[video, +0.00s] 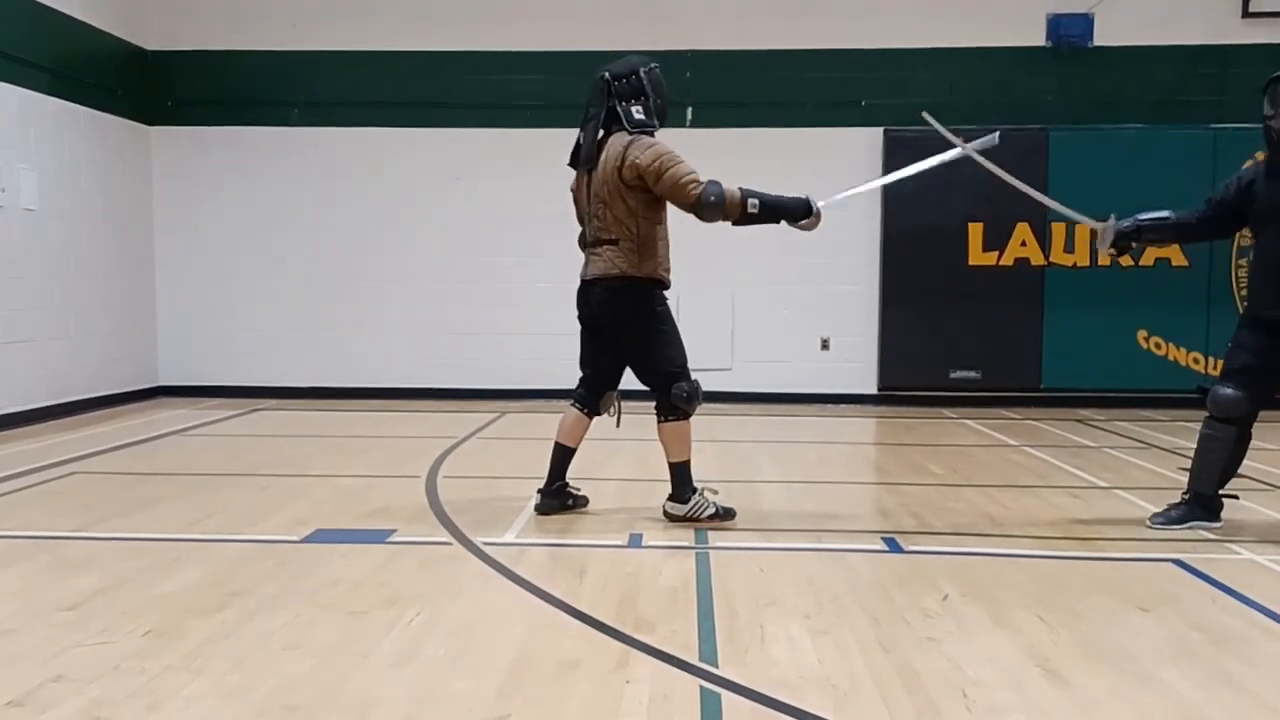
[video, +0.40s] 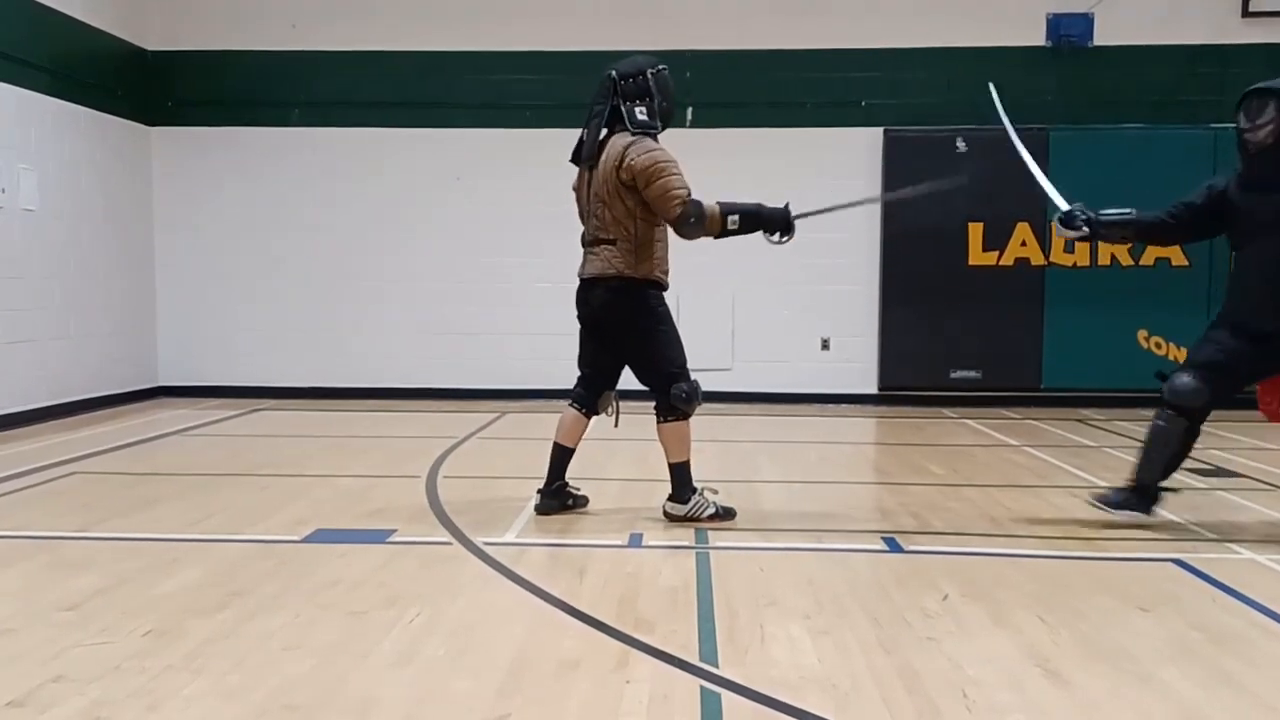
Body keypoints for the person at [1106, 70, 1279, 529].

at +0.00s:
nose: (1274, 124)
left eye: (1277, 116)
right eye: (1272, 115)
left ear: (1277, 123)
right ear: (1266, 121)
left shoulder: (1263, 180)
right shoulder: (1261, 177)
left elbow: (1210, 219)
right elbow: (1210, 219)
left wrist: (1136, 229)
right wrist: (1135, 228)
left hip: (1270, 319)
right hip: (1264, 315)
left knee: (1234, 398)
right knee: (1230, 398)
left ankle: (1203, 499)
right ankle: (1202, 500)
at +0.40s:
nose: (1253, 128)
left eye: (1265, 117)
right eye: (1248, 118)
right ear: (1240, 126)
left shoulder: (1269, 184)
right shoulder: (1238, 190)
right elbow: (1174, 224)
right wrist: (1097, 223)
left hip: (1269, 322)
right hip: (1250, 320)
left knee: (1191, 388)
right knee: (1186, 389)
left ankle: (1143, 488)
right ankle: (1142, 490)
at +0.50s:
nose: (1220, 133)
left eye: (1234, 125)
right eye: (1218, 124)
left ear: (1263, 132)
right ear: (1211, 128)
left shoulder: (1271, 189)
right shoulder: (1211, 194)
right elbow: (1144, 225)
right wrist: (1069, 217)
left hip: (1270, 328)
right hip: (1223, 328)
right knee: (1165, 403)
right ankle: (1103, 491)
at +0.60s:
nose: (1179, 144)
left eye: (1193, 134)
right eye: (1178, 134)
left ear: (1224, 141)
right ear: (1171, 138)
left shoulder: (1261, 194)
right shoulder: (1166, 201)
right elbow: (1102, 219)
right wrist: (1036, 202)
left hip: (1251, 341)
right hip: (1179, 343)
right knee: (1124, 405)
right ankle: (1083, 500)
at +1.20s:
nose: (1193, 138)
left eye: (1207, 130)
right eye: (1194, 128)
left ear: (1239, 133)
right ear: (1192, 130)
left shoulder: (1268, 188)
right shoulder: (1190, 195)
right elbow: (1137, 240)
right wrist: (1076, 255)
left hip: (1252, 333)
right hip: (1184, 330)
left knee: (1274, 429)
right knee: (1134, 406)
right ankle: (1087, 496)